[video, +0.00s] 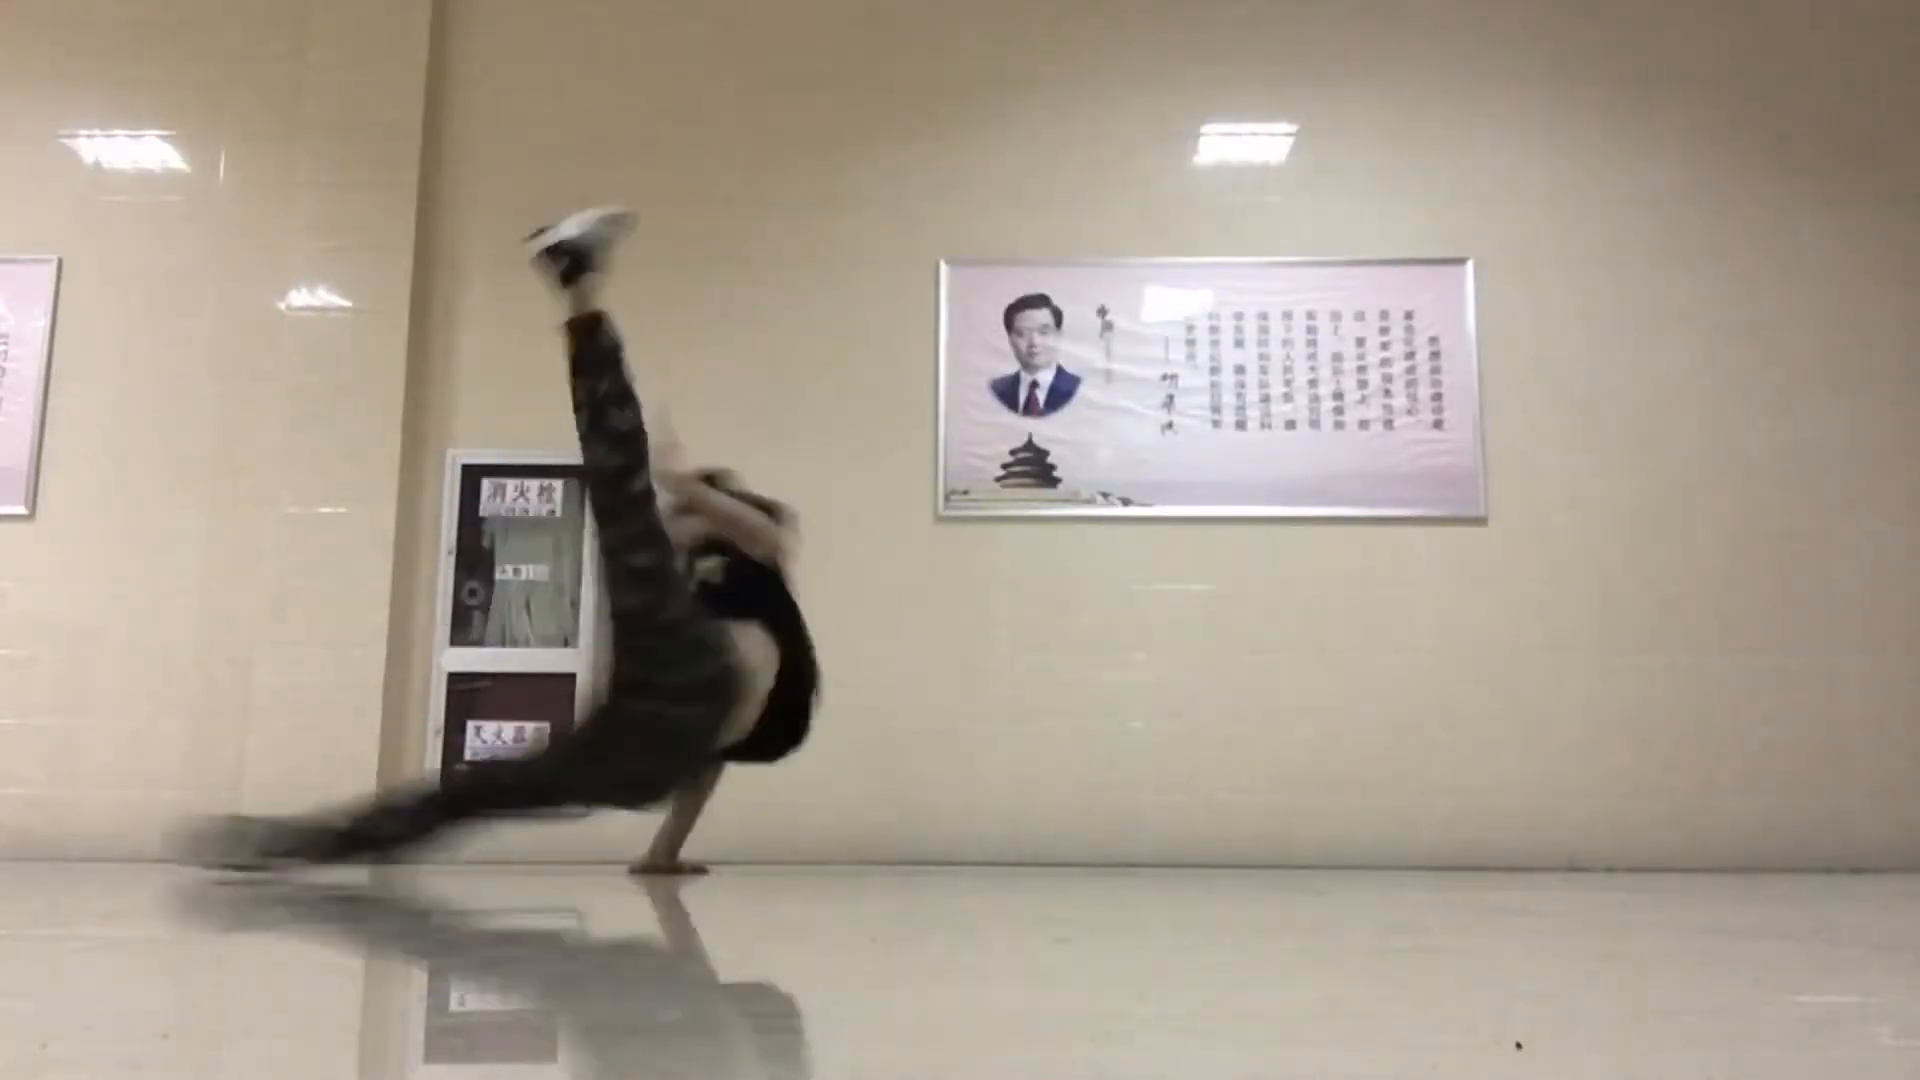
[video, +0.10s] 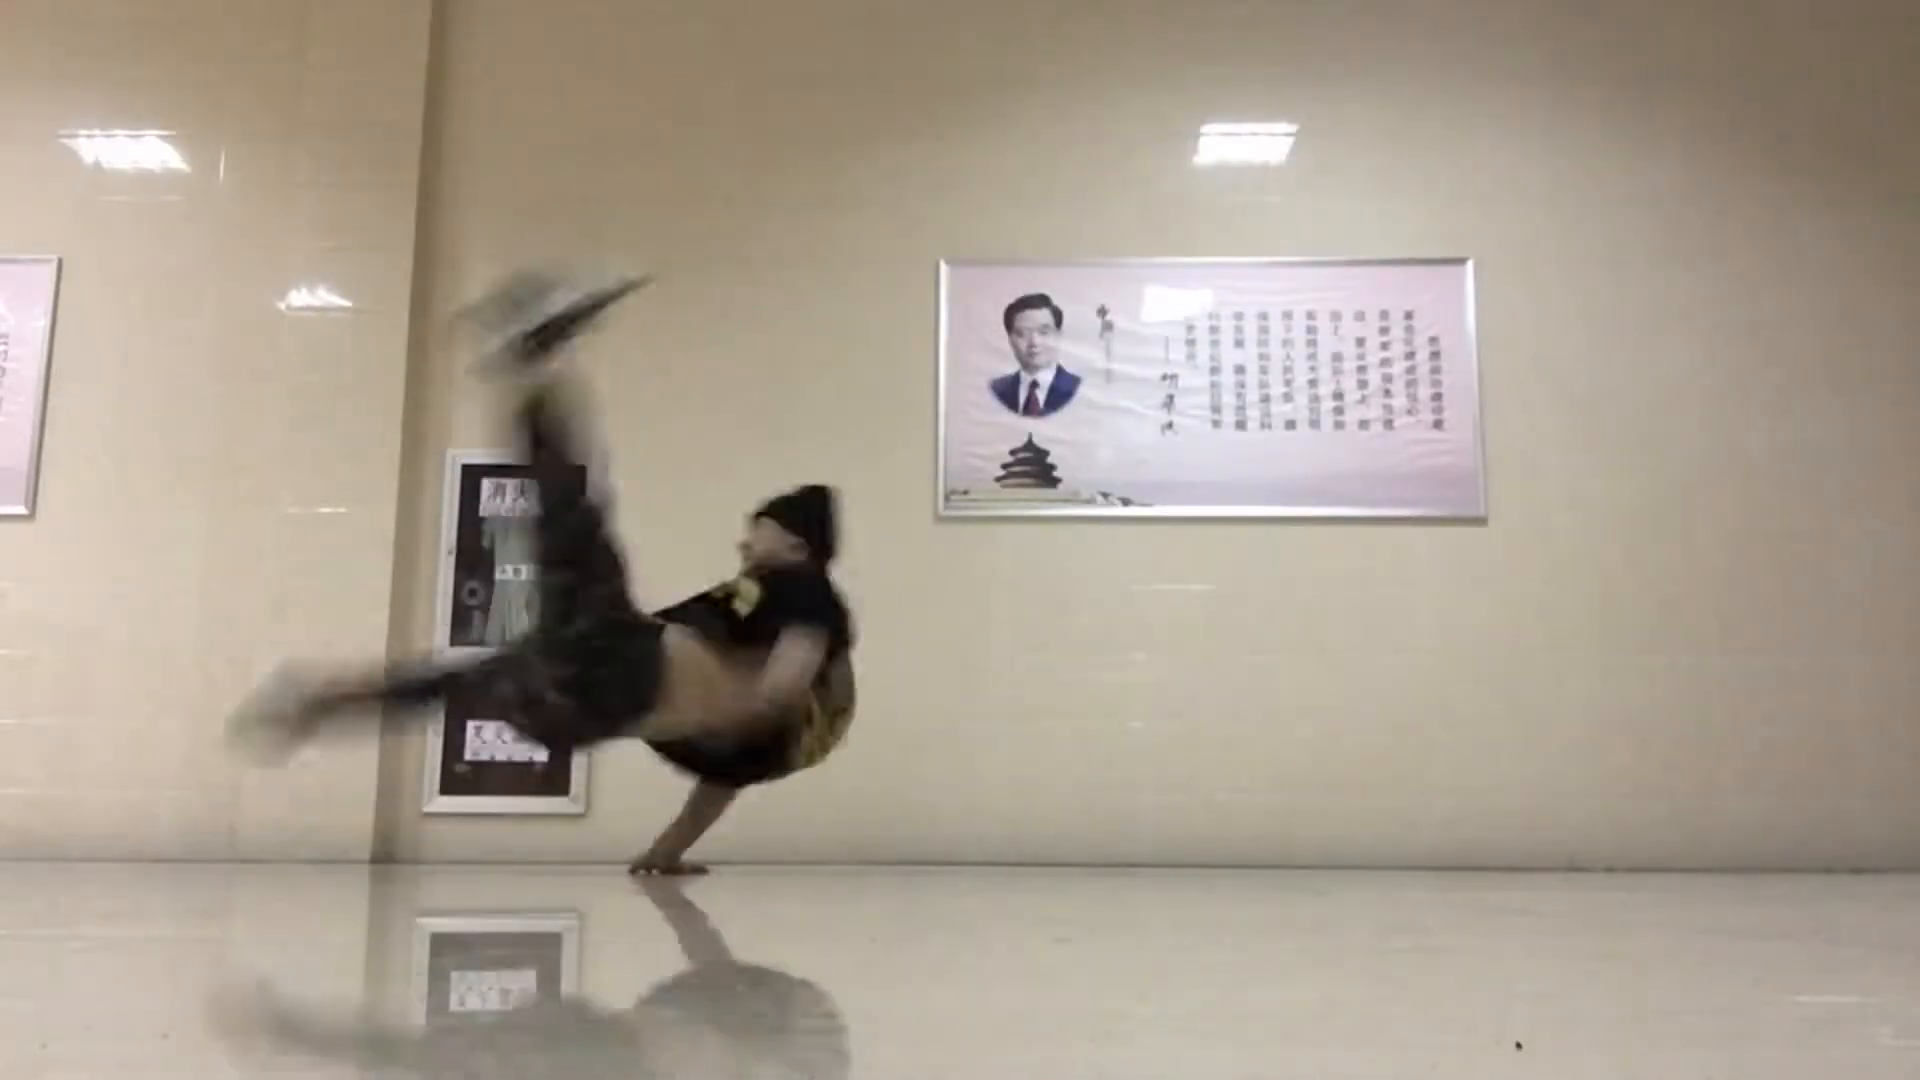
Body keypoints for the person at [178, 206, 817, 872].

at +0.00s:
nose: (678, 533)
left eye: (695, 513)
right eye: (680, 521)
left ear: (724, 521)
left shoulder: (761, 565)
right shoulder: (746, 689)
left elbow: (684, 497)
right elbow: (701, 779)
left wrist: (670, 482)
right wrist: (660, 862)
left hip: (674, 668)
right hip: (645, 763)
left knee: (621, 497)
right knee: (467, 794)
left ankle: (583, 294)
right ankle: (296, 844)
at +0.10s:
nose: (746, 540)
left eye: (761, 530)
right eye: (752, 529)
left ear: (797, 540)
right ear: (812, 549)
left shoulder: (799, 584)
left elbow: (803, 649)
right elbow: (722, 784)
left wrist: (771, 686)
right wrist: (665, 858)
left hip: (610, 642)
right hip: (586, 705)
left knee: (572, 509)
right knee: (448, 687)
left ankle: (540, 369)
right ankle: (308, 709)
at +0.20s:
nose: (767, 525)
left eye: (780, 516)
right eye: (774, 513)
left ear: (813, 535)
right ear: (823, 541)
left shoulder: (797, 612)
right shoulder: (793, 614)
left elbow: (755, 736)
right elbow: (739, 746)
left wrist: (721, 849)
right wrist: (680, 841)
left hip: (593, 678)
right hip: (608, 672)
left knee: (437, 604)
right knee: (609, 570)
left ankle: (205, 612)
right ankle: (572, 460)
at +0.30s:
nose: (742, 499)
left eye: (751, 486)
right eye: (747, 485)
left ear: (786, 492)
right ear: (805, 494)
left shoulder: (784, 582)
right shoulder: (807, 566)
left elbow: (749, 726)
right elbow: (778, 721)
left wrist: (716, 845)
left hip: (614, 695)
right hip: (639, 646)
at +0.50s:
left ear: (569, 546)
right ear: (573, 461)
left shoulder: (652, 585)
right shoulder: (647, 436)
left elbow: (715, 718)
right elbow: (694, 405)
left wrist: (711, 848)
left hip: (838, 620)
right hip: (864, 539)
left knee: (734, 755)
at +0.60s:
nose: (568, 646)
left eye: (561, 644)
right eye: (561, 642)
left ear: (569, 639)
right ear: (554, 601)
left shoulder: (660, 587)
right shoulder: (585, 536)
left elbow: (719, 720)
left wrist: (713, 847)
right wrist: (642, 655)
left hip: (864, 493)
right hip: (794, 444)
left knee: (869, 706)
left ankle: (1017, 787)